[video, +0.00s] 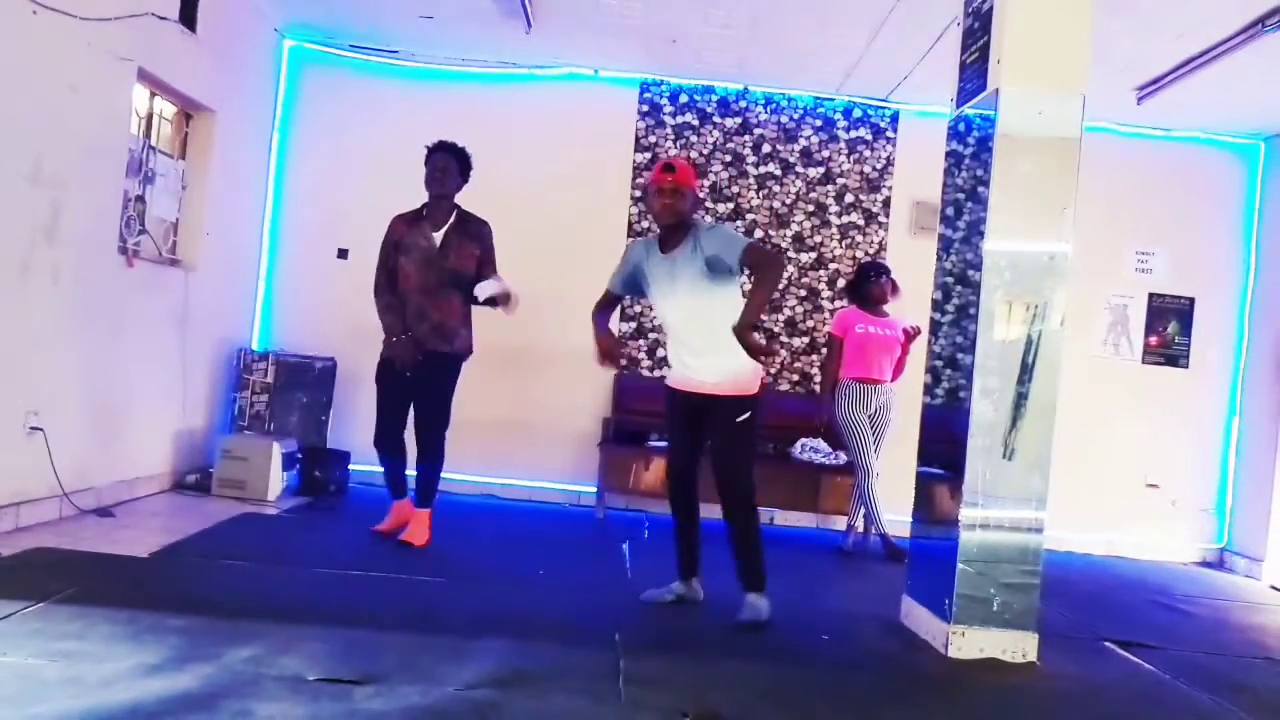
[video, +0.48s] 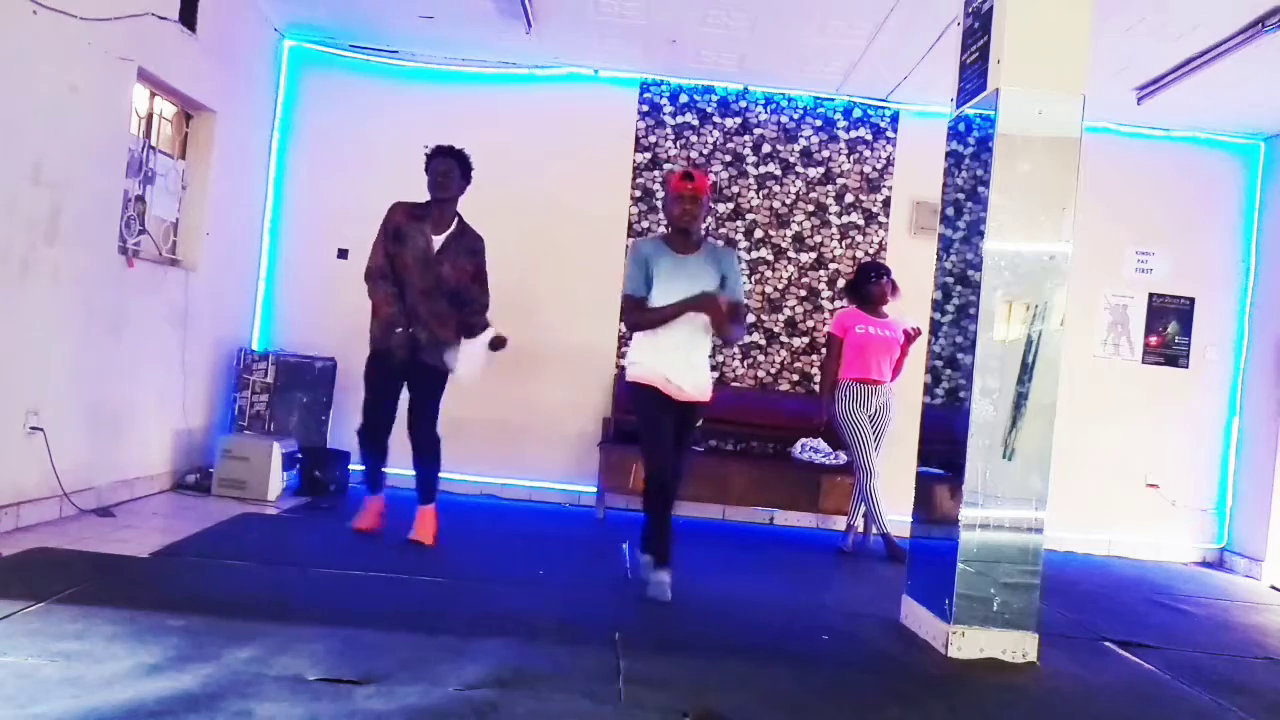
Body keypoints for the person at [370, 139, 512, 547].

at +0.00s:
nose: (436, 176)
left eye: (445, 171)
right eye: (431, 169)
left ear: (462, 179)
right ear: (424, 174)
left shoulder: (477, 230)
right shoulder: (401, 225)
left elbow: (486, 287)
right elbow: (383, 286)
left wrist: (495, 294)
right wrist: (396, 337)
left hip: (444, 352)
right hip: (401, 347)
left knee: (429, 435)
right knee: (387, 433)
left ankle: (422, 514)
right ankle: (400, 503)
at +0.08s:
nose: (436, 177)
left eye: (445, 171)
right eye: (431, 170)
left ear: (461, 180)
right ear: (424, 175)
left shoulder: (476, 232)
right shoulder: (400, 225)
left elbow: (490, 291)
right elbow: (383, 284)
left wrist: (495, 294)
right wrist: (396, 332)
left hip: (445, 352)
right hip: (400, 346)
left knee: (428, 432)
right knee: (390, 428)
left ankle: (422, 510)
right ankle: (411, 496)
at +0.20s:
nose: (438, 181)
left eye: (447, 175)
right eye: (433, 174)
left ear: (463, 183)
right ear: (425, 178)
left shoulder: (473, 236)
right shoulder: (399, 224)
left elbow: (484, 295)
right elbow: (383, 285)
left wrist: (498, 293)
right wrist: (394, 336)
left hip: (447, 348)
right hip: (402, 344)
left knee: (435, 420)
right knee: (400, 419)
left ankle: (408, 493)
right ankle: (416, 495)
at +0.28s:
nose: (440, 180)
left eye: (449, 174)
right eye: (435, 173)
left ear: (465, 183)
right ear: (426, 178)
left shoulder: (470, 239)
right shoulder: (398, 223)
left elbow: (478, 301)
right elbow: (383, 285)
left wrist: (505, 307)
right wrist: (400, 339)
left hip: (446, 344)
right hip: (399, 340)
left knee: (440, 418)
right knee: (401, 417)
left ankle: (407, 489)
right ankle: (414, 495)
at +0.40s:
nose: (440, 180)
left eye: (449, 174)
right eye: (435, 172)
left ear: (465, 183)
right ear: (426, 177)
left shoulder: (471, 241)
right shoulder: (401, 215)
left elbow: (475, 307)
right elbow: (378, 271)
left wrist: (487, 325)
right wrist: (391, 319)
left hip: (436, 351)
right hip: (391, 342)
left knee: (425, 430)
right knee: (377, 429)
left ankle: (431, 507)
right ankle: (385, 496)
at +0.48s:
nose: (439, 180)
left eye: (448, 174)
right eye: (434, 173)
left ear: (465, 183)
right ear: (426, 178)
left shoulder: (471, 242)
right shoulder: (400, 215)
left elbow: (477, 311)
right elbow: (377, 272)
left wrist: (453, 334)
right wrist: (392, 321)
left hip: (434, 351)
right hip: (389, 343)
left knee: (422, 428)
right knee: (374, 423)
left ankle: (427, 510)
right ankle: (374, 498)